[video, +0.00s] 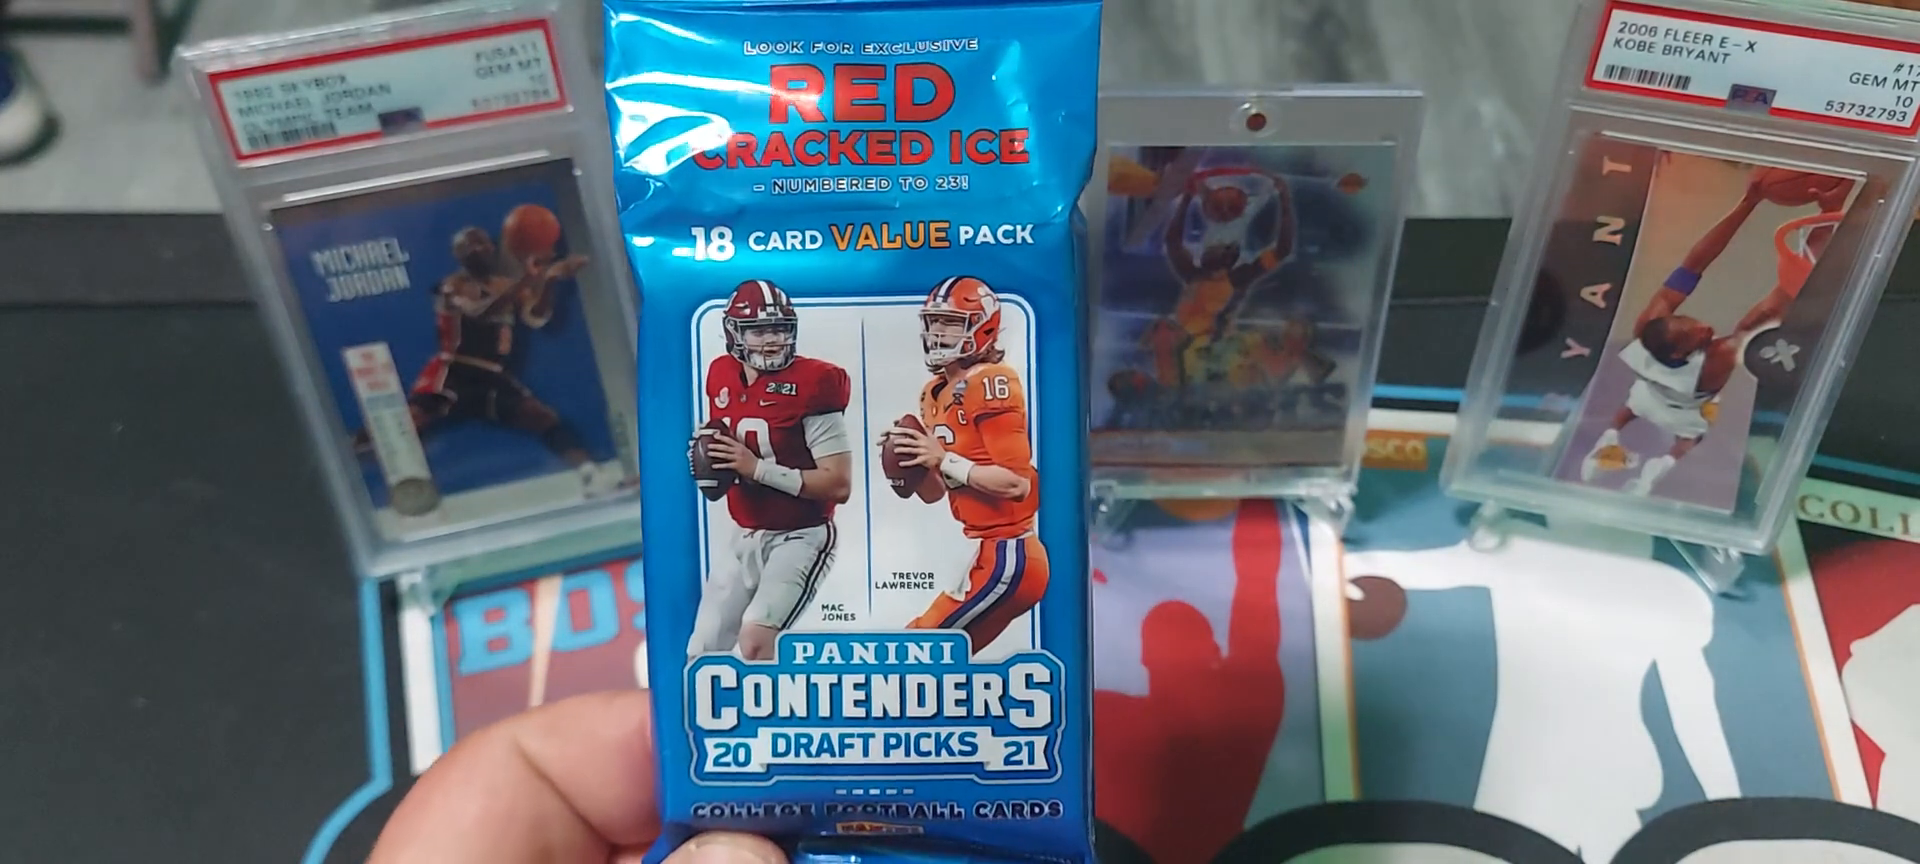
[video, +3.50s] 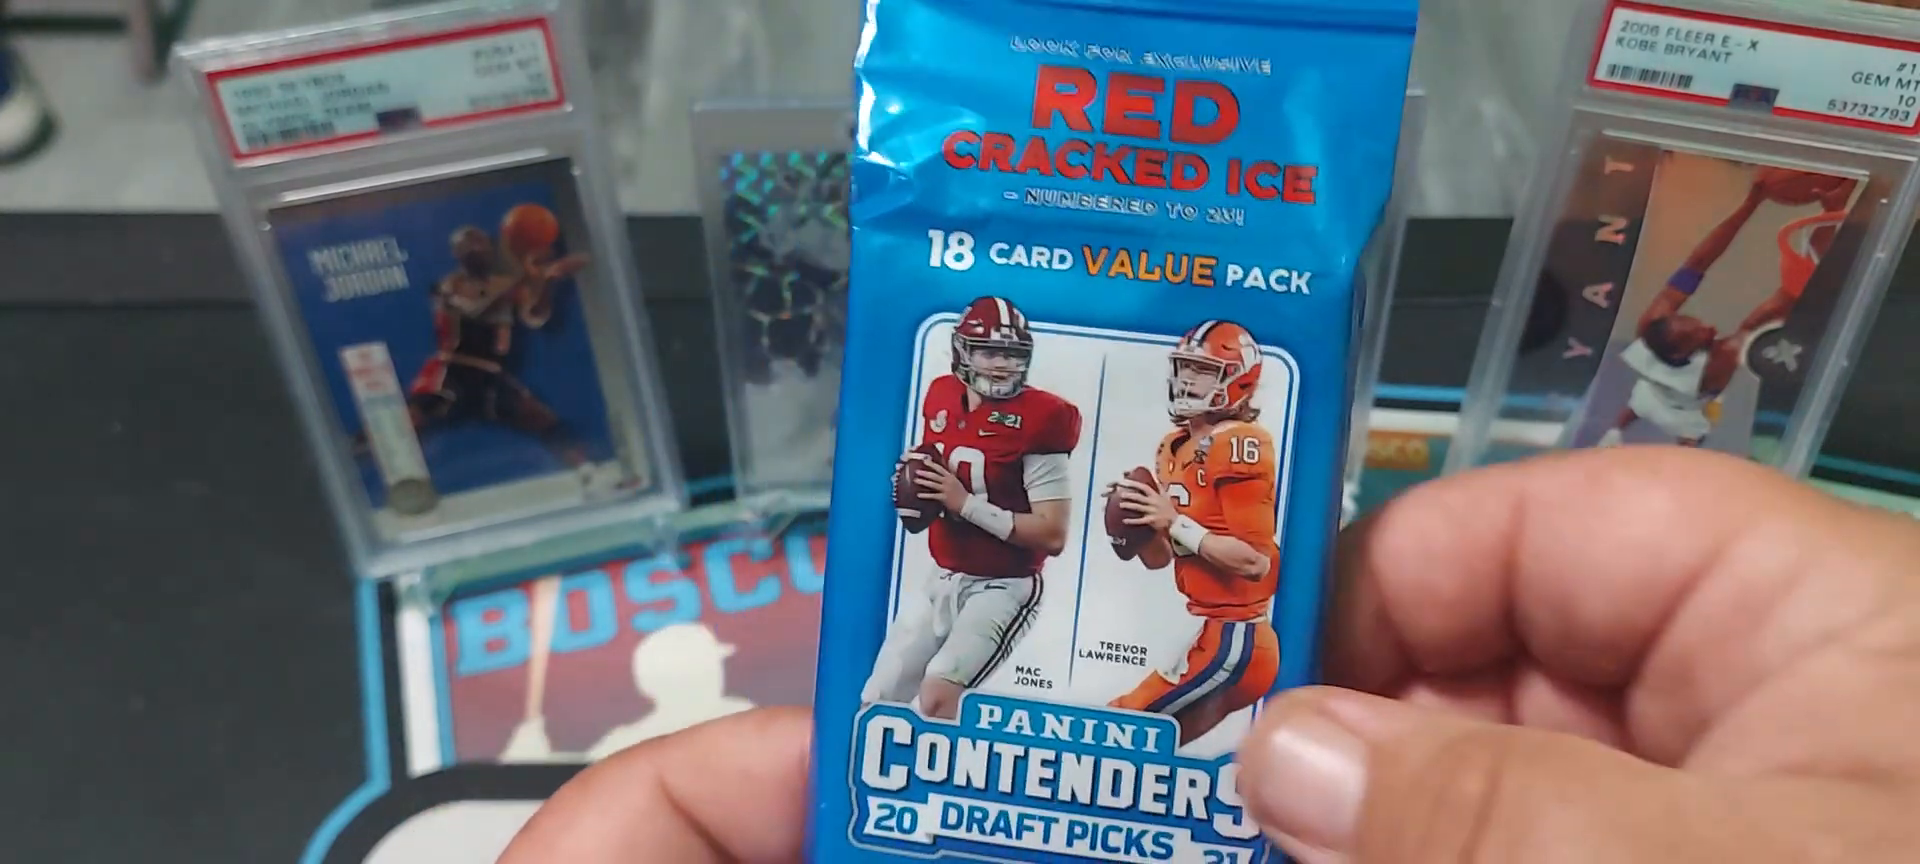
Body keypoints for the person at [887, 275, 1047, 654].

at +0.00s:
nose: (937, 335)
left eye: (950, 325)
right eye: (933, 324)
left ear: (981, 329)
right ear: (925, 326)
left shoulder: (991, 381)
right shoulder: (933, 392)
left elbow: (1016, 483)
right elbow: (931, 492)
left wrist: (942, 458)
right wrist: (904, 464)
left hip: (1008, 556)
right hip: (990, 554)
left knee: (911, 655)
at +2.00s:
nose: (974, 344)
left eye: (987, 333)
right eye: (969, 332)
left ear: (1020, 337)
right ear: (959, 335)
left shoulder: (1032, 394)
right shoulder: (970, 407)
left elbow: (1061, 502)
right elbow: (971, 514)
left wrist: (982, 478)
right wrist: (943, 479)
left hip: (1055, 582)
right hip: (1036, 579)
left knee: (955, 688)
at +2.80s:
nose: (962, 358)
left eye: (978, 347)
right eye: (957, 345)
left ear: (1012, 355)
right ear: (947, 350)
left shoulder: (1025, 410)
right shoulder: (961, 424)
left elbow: (1058, 524)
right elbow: (964, 534)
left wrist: (975, 498)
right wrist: (935, 505)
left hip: (1052, 605)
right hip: (1029, 602)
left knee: (951, 712)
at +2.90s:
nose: (1033, 381)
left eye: (1049, 369)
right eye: (1028, 367)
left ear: (1083, 378)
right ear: (1018, 371)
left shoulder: (1095, 435)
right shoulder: (1032, 447)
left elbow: (1124, 551)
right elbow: (1029, 558)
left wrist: (1041, 523)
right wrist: (999, 528)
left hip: (1115, 633)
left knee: (1012, 739)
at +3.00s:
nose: (1087, 412)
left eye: (1103, 399)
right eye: (1082, 398)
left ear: (1139, 409)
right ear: (1074, 401)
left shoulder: (1151, 468)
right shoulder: (1086, 479)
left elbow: (1180, 587)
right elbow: (1081, 592)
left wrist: (1093, 556)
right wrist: (1050, 563)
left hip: (1169, 672)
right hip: (1145, 668)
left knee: (1057, 778)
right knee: (1073, 788)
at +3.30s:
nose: (1142, 409)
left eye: (1158, 398)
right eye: (1139, 397)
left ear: (1194, 406)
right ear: (1130, 400)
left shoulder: (1203, 468)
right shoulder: (1134, 474)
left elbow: (1222, 584)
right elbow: (1126, 588)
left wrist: (1140, 551)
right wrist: (1097, 555)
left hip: (1210, 669)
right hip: (1186, 664)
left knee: (1093, 768)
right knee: (1108, 779)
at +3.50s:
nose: (1187, 383)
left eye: (1203, 373)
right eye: (1184, 369)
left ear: (1238, 382)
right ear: (1173, 370)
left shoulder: (1242, 443)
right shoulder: (1173, 445)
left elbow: (1253, 559)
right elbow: (1158, 558)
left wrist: (1173, 522)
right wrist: (1135, 522)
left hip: (1236, 642)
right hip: (1213, 637)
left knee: (1112, 735)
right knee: (1129, 746)